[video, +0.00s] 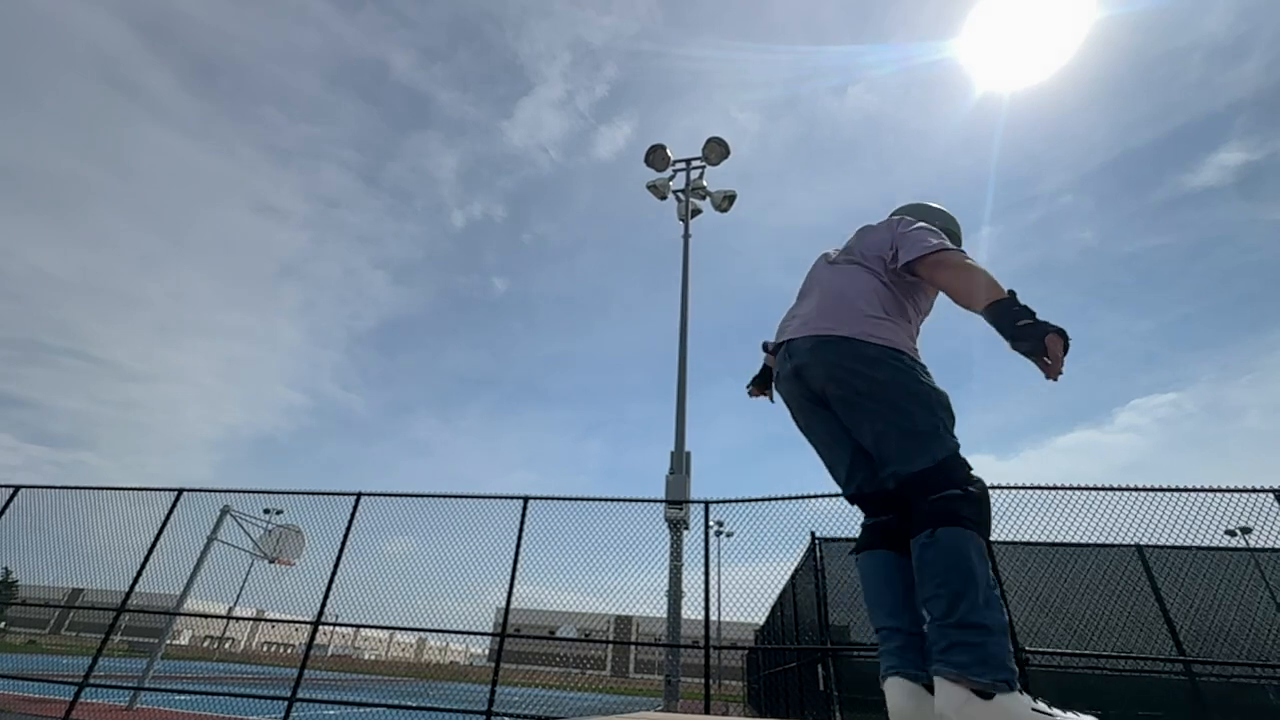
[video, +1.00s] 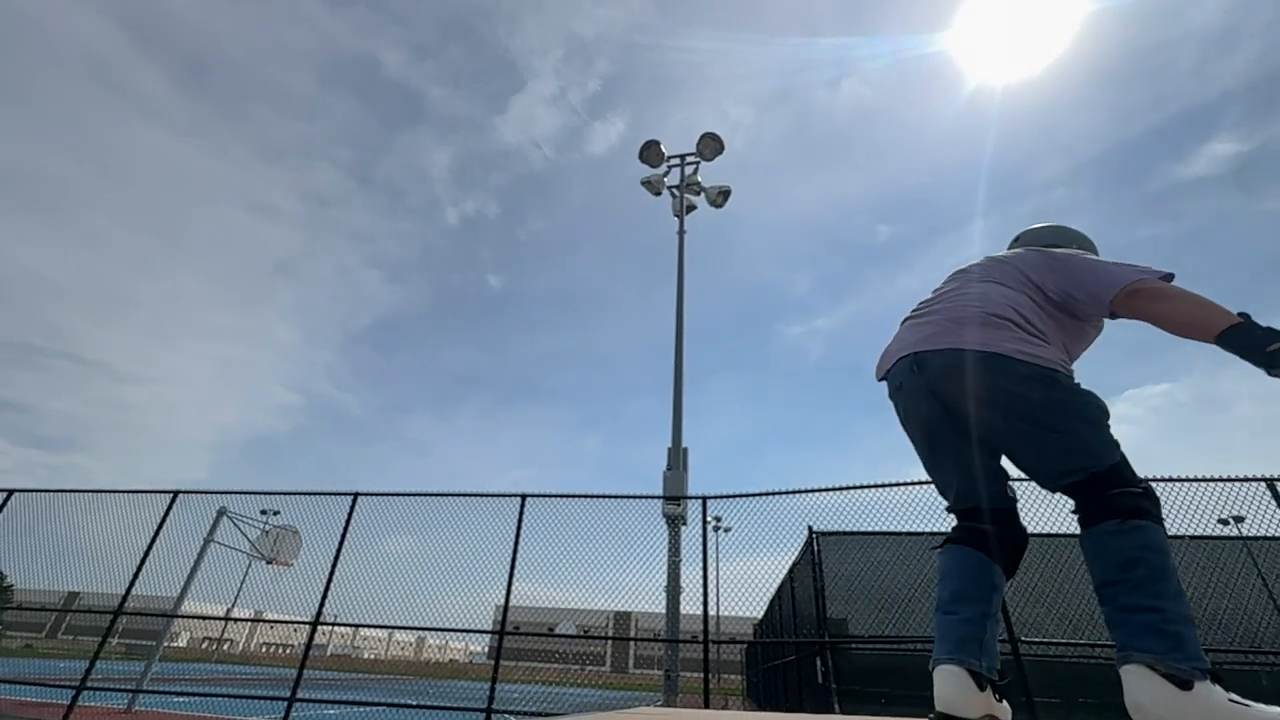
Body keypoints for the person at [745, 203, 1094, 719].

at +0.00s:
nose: (951, 254)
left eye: (954, 249)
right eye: (947, 244)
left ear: (896, 220)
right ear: (931, 227)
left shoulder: (836, 259)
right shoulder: (907, 227)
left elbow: (798, 317)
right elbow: (941, 264)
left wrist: (769, 366)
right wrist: (1018, 319)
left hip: (795, 368)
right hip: (860, 348)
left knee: (882, 508)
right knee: (948, 493)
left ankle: (904, 679)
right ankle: (975, 681)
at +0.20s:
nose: (977, 251)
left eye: (976, 242)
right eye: (973, 240)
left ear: (922, 223)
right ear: (957, 228)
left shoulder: (864, 262)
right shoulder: (938, 231)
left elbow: (815, 334)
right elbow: (987, 269)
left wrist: (789, 390)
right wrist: (1073, 317)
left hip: (823, 370)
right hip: (891, 349)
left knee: (911, 504)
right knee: (983, 493)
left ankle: (921, 665)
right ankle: (1002, 668)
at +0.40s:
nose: (1004, 266)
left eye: (1005, 260)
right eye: (1002, 257)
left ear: (945, 238)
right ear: (986, 242)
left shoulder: (894, 273)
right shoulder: (972, 246)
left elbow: (841, 354)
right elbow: (1025, 280)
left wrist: (818, 423)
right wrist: (1127, 326)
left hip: (845, 372)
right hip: (914, 355)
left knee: (937, 512)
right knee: (1017, 494)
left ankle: (931, 674)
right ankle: (1036, 673)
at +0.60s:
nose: (1038, 274)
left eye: (1036, 268)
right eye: (1033, 266)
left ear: (970, 248)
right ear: (1015, 252)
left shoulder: (920, 279)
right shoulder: (1006, 258)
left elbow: (866, 372)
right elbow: (1076, 296)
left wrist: (857, 456)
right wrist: (1184, 340)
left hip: (863, 376)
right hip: (943, 360)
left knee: (953, 524)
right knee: (1052, 503)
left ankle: (942, 678)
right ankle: (1082, 678)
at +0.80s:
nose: (1071, 276)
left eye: (1068, 270)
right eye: (1065, 266)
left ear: (998, 250)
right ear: (1050, 255)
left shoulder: (952, 276)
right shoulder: (1044, 262)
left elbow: (932, 383)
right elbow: (1121, 296)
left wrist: (918, 476)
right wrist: (1235, 342)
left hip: (886, 372)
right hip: (975, 354)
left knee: (971, 521)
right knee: (1088, 499)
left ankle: (955, 676)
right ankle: (1127, 677)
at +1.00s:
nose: (1095, 277)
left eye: (1091, 271)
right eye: (1089, 267)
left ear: (1019, 250)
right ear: (1073, 256)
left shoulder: (972, 275)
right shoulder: (1069, 262)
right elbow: (1152, 297)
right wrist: (1254, 339)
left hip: (909, 368)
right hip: (1004, 354)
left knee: (983, 522)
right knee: (1113, 496)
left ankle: (959, 671)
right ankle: (1166, 674)